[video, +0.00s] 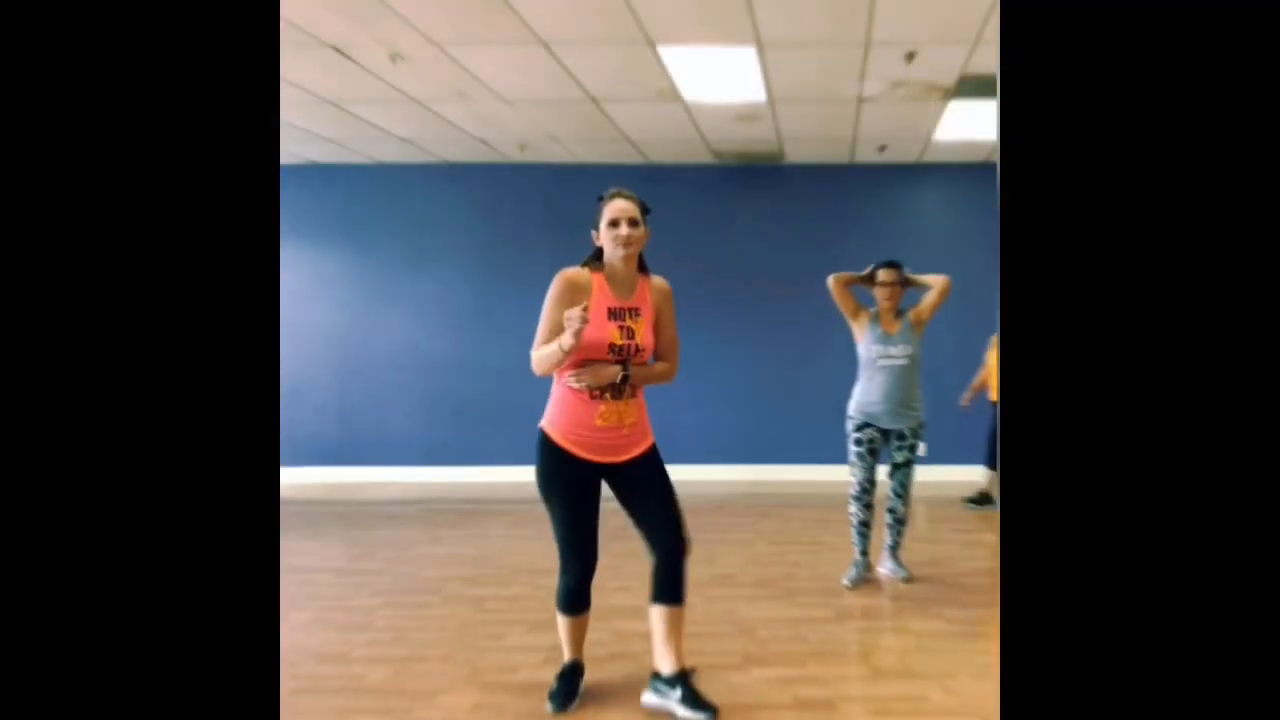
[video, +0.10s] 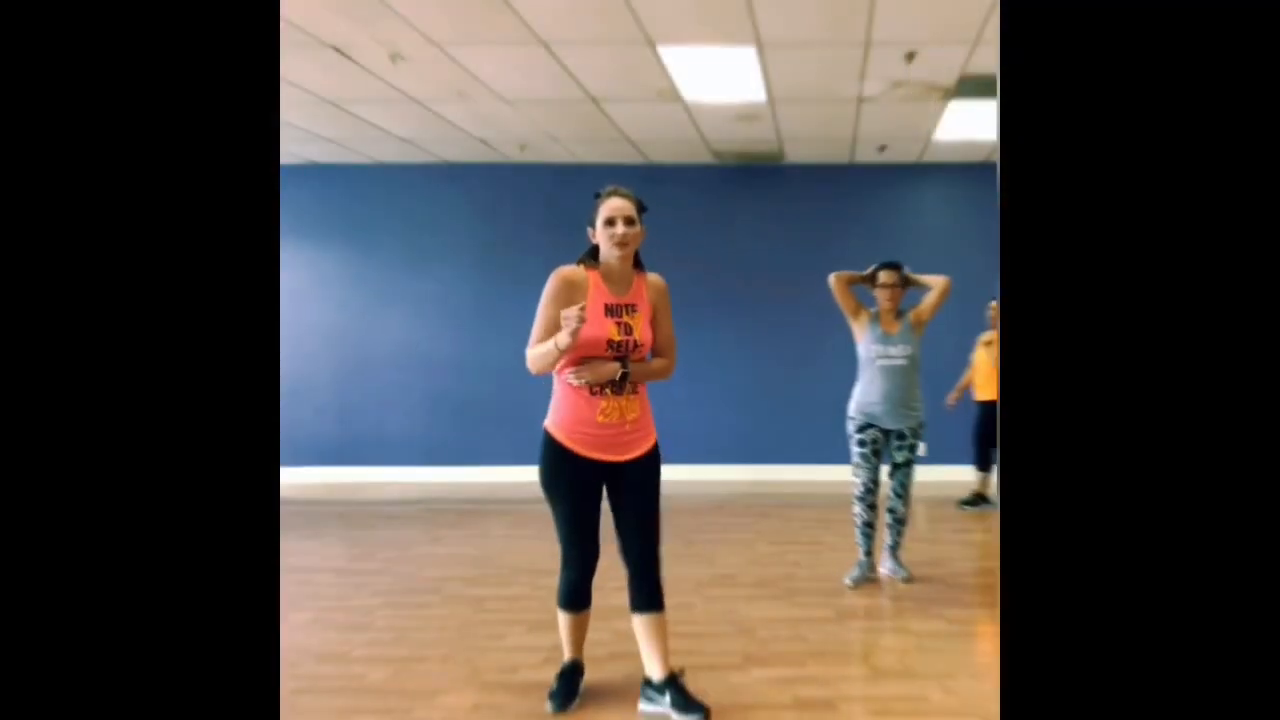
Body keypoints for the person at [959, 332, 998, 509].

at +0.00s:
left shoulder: (993, 342)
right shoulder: (994, 341)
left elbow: (986, 370)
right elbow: (987, 369)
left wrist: (970, 393)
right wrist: (970, 393)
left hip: (996, 402)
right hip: (995, 402)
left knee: (994, 445)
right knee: (993, 445)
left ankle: (990, 489)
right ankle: (989, 489)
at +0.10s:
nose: (991, 315)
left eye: (994, 311)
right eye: (990, 311)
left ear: (999, 315)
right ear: (987, 314)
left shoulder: (994, 338)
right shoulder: (983, 339)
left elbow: (993, 365)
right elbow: (973, 368)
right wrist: (957, 391)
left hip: (993, 397)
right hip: (984, 397)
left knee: (984, 440)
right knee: (983, 440)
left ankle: (982, 489)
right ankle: (981, 489)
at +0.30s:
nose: (968, 313)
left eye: (973, 309)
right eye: (966, 308)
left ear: (983, 314)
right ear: (962, 312)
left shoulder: (984, 333)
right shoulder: (959, 335)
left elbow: (973, 358)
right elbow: (950, 367)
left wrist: (961, 342)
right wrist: (940, 392)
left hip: (978, 394)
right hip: (959, 395)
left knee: (969, 441)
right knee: (951, 440)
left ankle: (981, 488)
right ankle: (982, 478)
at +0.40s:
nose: (955, 313)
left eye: (960, 309)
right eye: (953, 309)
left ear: (970, 314)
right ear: (949, 313)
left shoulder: (972, 334)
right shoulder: (947, 337)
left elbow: (957, 358)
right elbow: (938, 370)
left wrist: (949, 341)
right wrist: (930, 394)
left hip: (966, 396)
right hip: (945, 397)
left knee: (966, 443)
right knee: (933, 439)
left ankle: (978, 489)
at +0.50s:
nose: (942, 314)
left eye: (947, 311)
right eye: (940, 310)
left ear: (957, 315)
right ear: (937, 314)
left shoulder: (959, 335)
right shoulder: (935, 338)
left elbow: (945, 360)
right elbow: (927, 373)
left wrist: (935, 343)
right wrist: (918, 397)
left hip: (954, 397)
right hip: (932, 399)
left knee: (961, 445)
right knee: (919, 444)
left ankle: (976, 489)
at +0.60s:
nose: (928, 316)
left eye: (933, 312)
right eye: (926, 312)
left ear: (942, 315)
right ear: (922, 315)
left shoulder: (943, 335)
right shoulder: (922, 338)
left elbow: (933, 362)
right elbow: (912, 368)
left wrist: (920, 346)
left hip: (938, 398)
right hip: (916, 399)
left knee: (948, 446)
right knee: (904, 447)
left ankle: (973, 488)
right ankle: (897, 491)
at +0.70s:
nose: (913, 316)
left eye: (917, 312)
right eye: (912, 312)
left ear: (926, 314)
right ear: (911, 315)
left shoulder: (930, 334)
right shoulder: (911, 335)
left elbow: (921, 361)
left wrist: (908, 343)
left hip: (924, 398)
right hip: (907, 398)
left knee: (925, 445)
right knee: (898, 447)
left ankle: (959, 481)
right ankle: (897, 490)